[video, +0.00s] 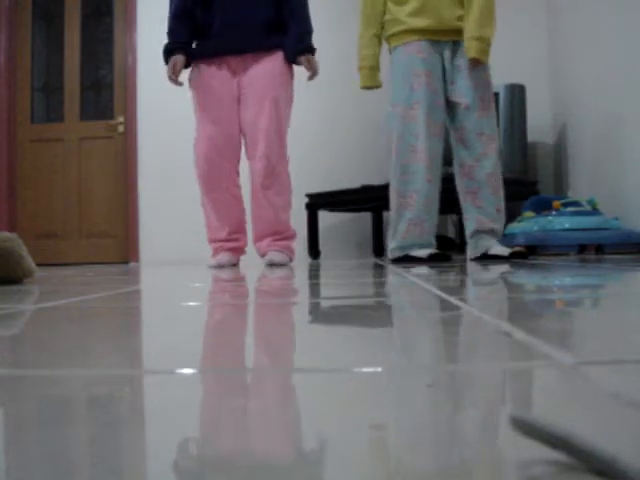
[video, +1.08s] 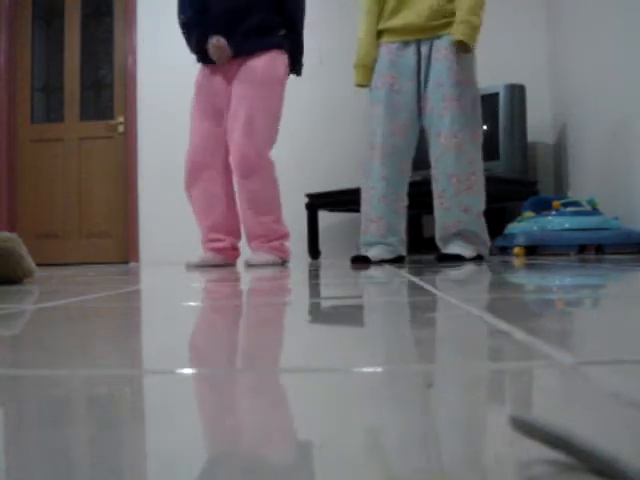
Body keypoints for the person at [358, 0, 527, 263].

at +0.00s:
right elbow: (373, 4)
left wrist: (479, 31)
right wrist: (368, 56)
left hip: (467, 30)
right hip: (412, 30)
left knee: (478, 140)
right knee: (416, 139)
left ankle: (484, 240)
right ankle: (410, 242)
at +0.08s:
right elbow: (374, 4)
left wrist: (476, 29)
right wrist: (370, 61)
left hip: (466, 30)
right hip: (412, 31)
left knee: (478, 140)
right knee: (416, 139)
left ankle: (484, 240)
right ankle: (410, 242)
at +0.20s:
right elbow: (377, 6)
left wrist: (472, 17)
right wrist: (376, 62)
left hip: (465, 30)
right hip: (413, 31)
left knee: (477, 139)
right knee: (416, 139)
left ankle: (483, 239)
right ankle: (410, 243)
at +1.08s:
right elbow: (372, 4)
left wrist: (467, 23)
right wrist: (366, 52)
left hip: (447, 33)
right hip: (393, 37)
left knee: (453, 141)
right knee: (386, 144)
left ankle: (463, 242)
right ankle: (384, 245)